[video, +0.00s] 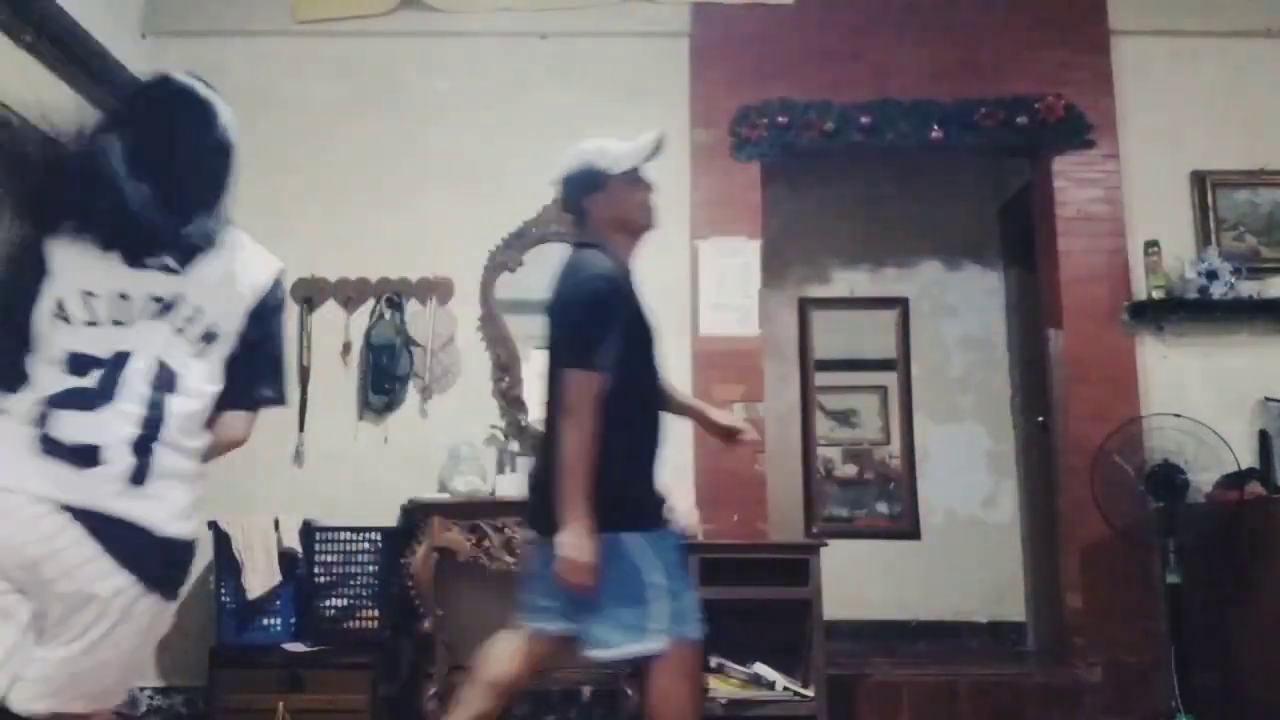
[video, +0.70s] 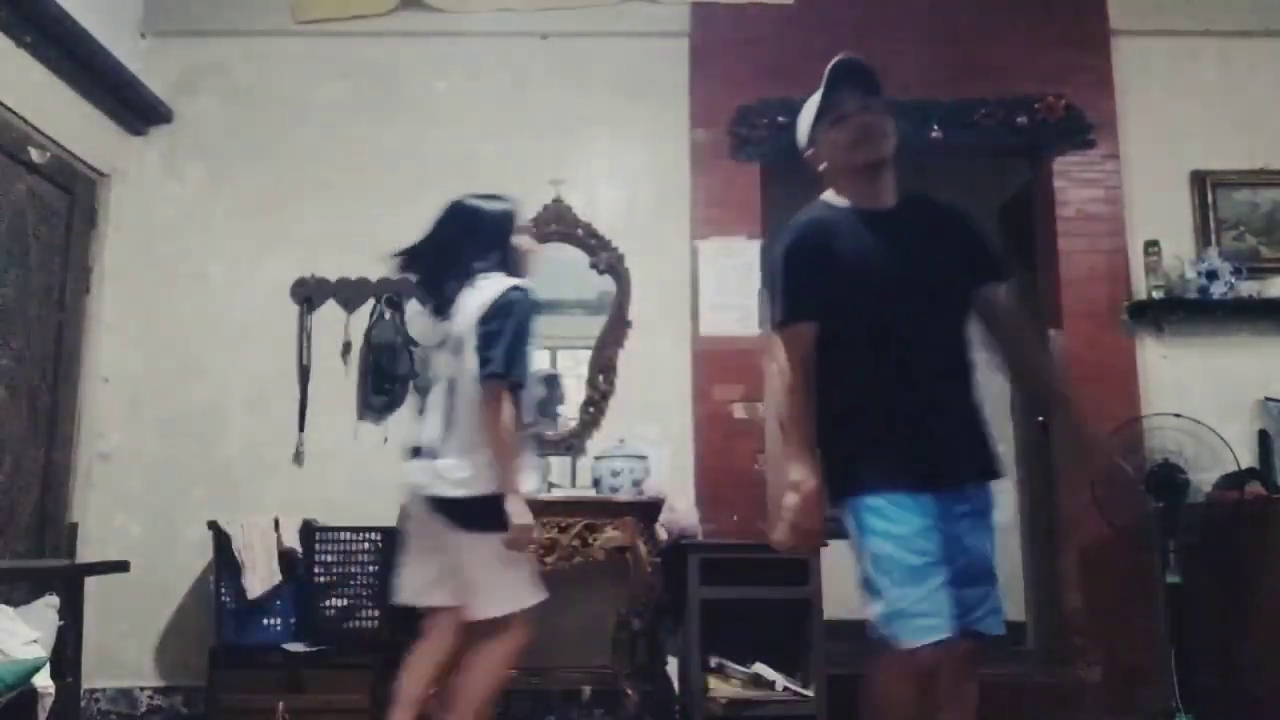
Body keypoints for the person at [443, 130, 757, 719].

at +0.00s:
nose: (649, 188)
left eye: (643, 177)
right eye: (633, 179)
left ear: (601, 203)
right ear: (597, 198)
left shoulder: (599, 275)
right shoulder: (598, 280)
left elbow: (633, 383)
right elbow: (577, 407)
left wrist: (703, 413)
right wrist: (575, 522)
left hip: (575, 508)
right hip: (619, 510)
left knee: (539, 638)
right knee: (677, 644)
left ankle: (460, 711)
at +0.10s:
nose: (683, 181)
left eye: (678, 171)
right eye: (667, 174)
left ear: (640, 198)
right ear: (631, 196)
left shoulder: (648, 271)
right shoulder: (635, 275)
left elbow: (673, 394)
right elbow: (621, 407)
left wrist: (726, 450)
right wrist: (648, 519)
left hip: (661, 505)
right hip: (658, 511)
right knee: (699, 657)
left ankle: (538, 711)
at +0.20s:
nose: (715, 168)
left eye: (714, 157)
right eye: (696, 160)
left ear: (712, 168)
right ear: (658, 182)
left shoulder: (695, 254)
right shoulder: (659, 256)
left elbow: (712, 366)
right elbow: (664, 383)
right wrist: (733, 473)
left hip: (726, 486)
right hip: (681, 493)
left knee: (767, 615)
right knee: (694, 662)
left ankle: (682, 700)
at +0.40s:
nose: (782, 167)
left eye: (784, 157)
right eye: (762, 160)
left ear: (797, 175)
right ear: (725, 192)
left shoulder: (802, 270)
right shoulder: (725, 259)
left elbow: (806, 386)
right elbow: (725, 371)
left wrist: (860, 435)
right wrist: (839, 417)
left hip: (822, 500)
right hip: (744, 506)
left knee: (880, 653)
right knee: (724, 667)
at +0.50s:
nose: (813, 163)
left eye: (819, 152)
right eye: (792, 158)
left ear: (836, 168)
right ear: (761, 190)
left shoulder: (851, 267)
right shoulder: (763, 260)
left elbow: (856, 381)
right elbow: (755, 380)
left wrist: (889, 458)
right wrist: (860, 440)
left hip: (884, 504)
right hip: (802, 513)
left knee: (932, 654)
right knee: (781, 669)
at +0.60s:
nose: (840, 145)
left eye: (847, 132)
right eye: (819, 141)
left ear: (868, 148)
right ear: (794, 172)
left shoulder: (900, 246)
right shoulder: (791, 255)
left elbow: (942, 366)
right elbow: (786, 386)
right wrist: (836, 480)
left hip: (935, 492)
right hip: (854, 504)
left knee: (952, 655)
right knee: (841, 669)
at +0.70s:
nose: (862, 121)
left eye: (870, 107)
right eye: (839, 117)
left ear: (894, 123)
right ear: (817, 153)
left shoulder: (945, 223)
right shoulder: (808, 240)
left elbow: (1013, 328)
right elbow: (791, 365)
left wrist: (1072, 422)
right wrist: (796, 471)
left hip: (959, 460)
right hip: (873, 470)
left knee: (963, 646)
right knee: (918, 643)